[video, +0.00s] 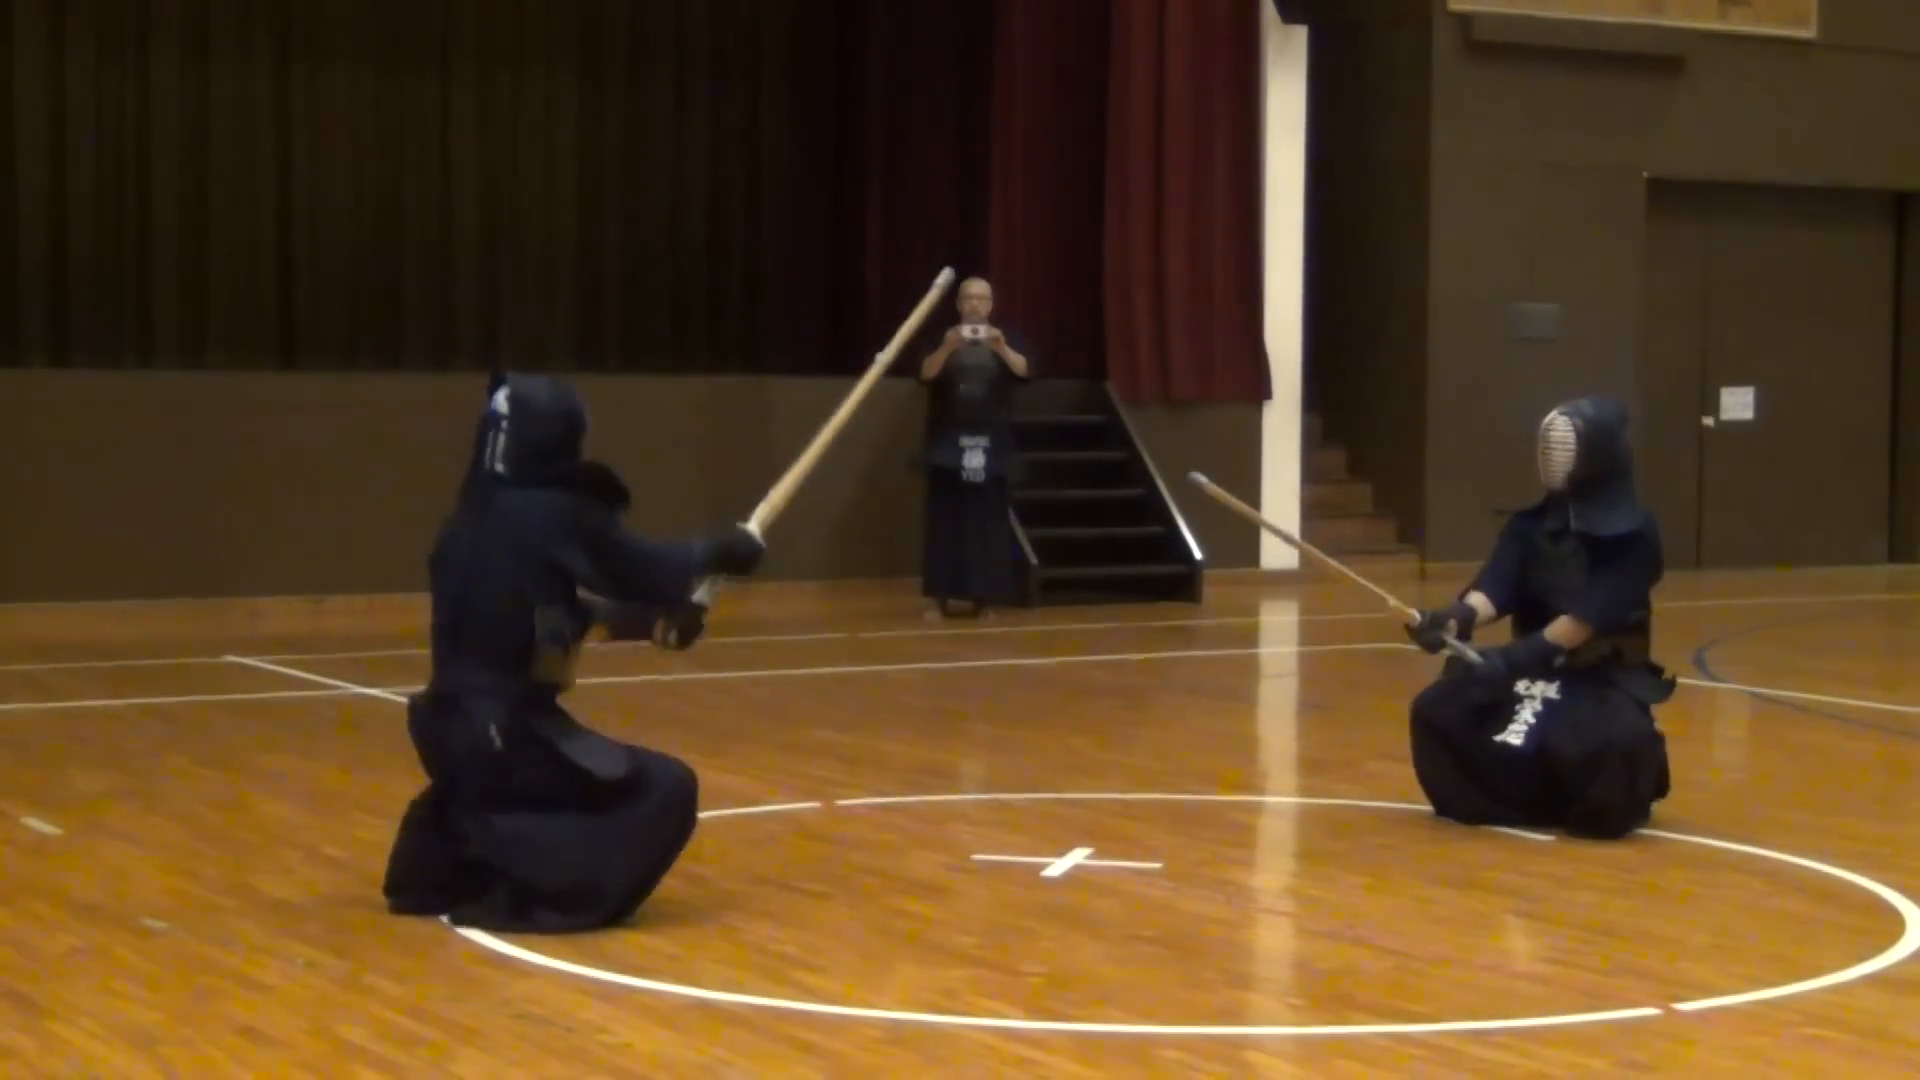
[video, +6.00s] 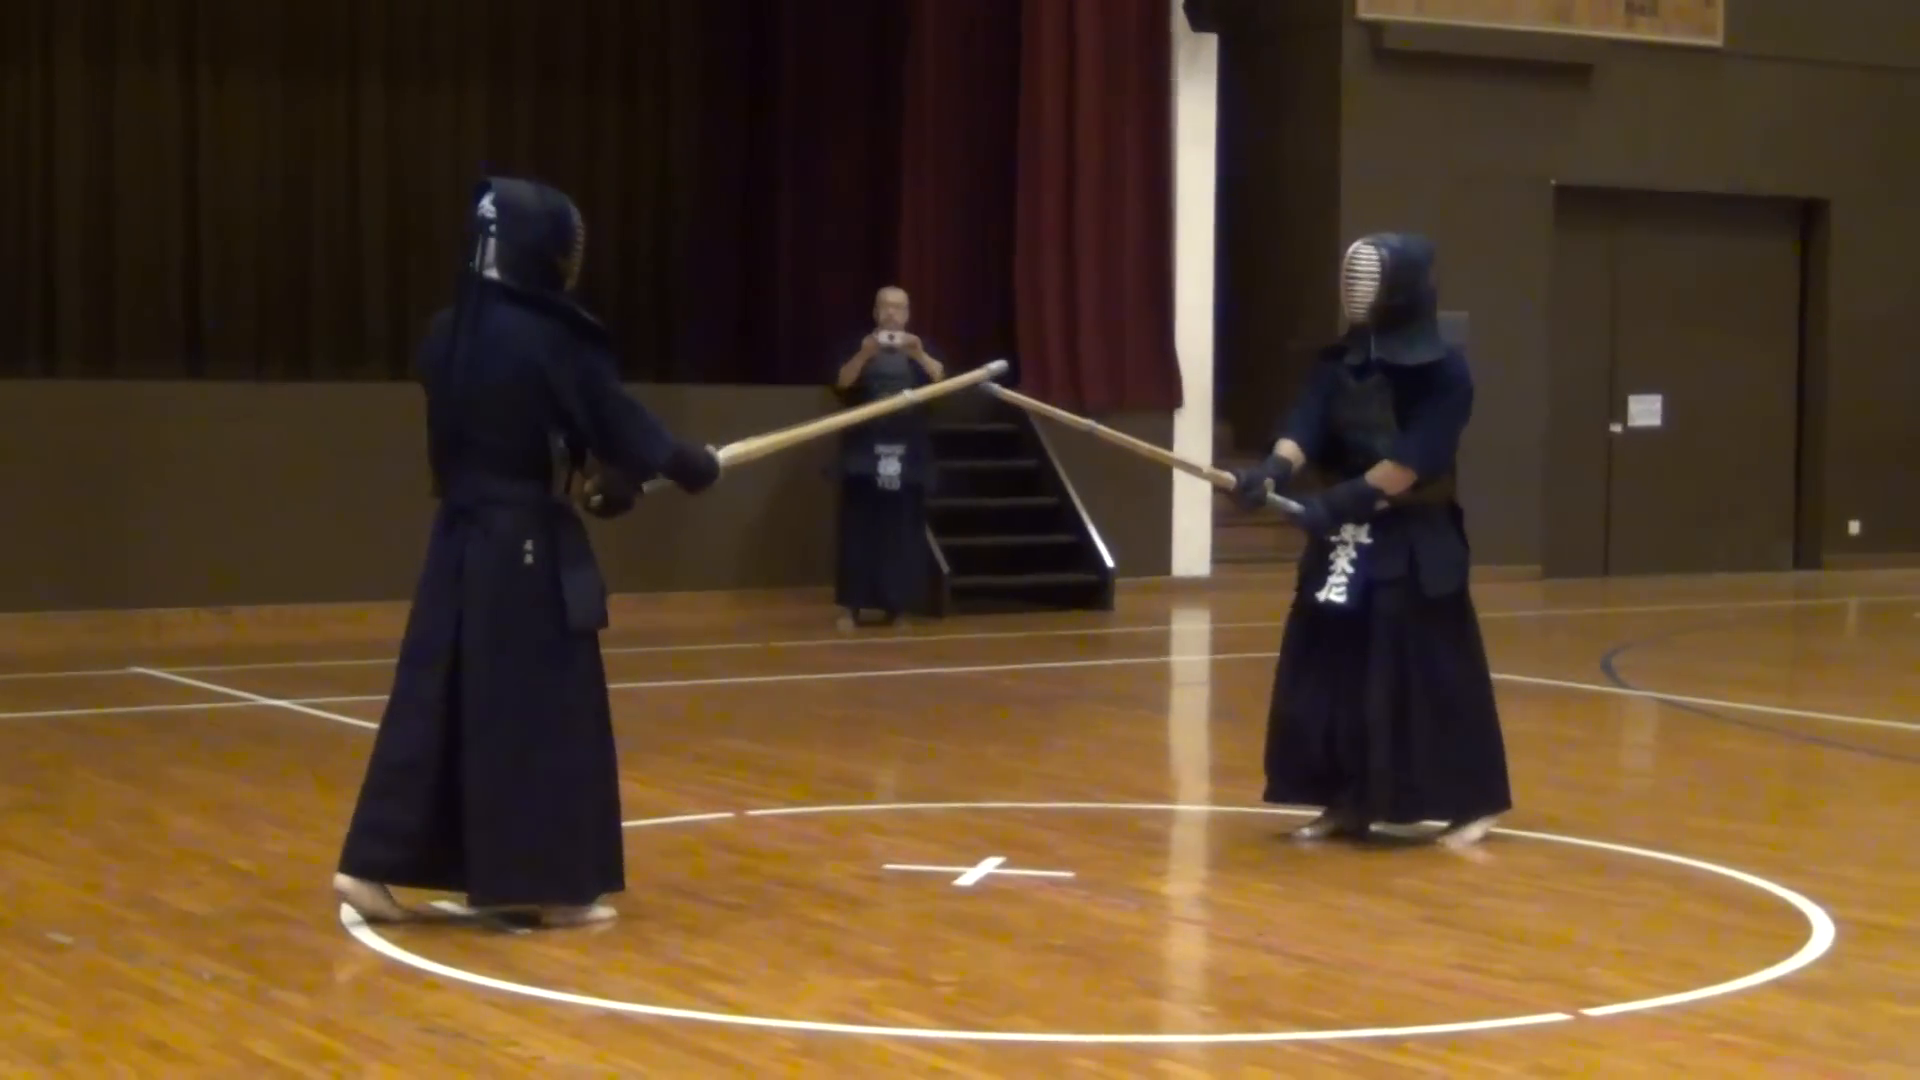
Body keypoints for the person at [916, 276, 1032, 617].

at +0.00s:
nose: (975, 304)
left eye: (982, 299)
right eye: (969, 298)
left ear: (991, 303)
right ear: (959, 303)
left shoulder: (1002, 341)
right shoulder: (947, 340)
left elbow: (1024, 371)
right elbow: (926, 374)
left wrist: (1000, 347)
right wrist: (949, 346)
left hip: (990, 436)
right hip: (950, 436)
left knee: (988, 512)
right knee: (947, 512)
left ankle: (985, 593)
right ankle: (944, 592)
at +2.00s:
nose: (986, 304)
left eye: (993, 298)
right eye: (980, 298)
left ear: (1003, 302)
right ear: (970, 302)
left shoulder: (1015, 340)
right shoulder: (956, 339)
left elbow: (1035, 370)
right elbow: (936, 373)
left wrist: (1012, 347)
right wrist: (959, 347)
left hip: (1002, 436)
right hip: (961, 435)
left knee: (999, 512)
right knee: (960, 513)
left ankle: (996, 593)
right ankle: (959, 592)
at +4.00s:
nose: (965, 311)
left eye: (972, 305)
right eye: (959, 304)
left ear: (982, 309)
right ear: (949, 308)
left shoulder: (995, 347)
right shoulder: (934, 345)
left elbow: (1019, 376)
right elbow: (916, 380)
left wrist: (990, 352)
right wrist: (940, 352)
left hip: (980, 444)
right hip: (938, 443)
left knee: (977, 521)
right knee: (935, 520)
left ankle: (976, 601)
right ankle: (930, 599)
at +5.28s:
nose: (920, 314)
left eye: (926, 308)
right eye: (914, 308)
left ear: (936, 313)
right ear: (903, 312)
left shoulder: (945, 353)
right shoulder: (889, 350)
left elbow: (967, 378)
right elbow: (869, 383)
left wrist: (944, 352)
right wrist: (894, 353)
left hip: (932, 448)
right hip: (891, 447)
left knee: (929, 523)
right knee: (887, 523)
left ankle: (928, 606)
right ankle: (878, 605)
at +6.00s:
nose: (892, 313)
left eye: (899, 308)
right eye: (886, 307)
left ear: (908, 313)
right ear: (876, 311)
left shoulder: (919, 350)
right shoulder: (860, 348)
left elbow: (941, 379)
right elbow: (842, 383)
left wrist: (917, 353)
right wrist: (867, 352)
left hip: (907, 448)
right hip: (864, 447)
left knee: (903, 525)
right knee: (858, 524)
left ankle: (899, 606)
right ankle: (849, 604)